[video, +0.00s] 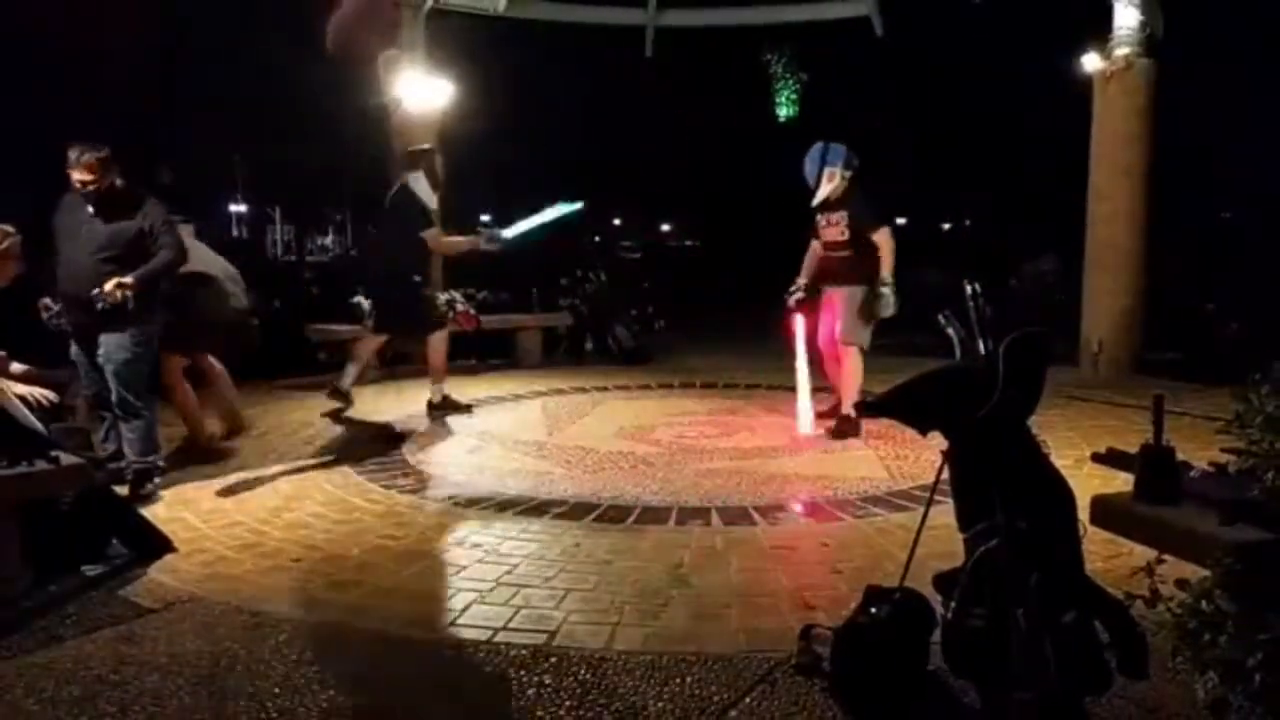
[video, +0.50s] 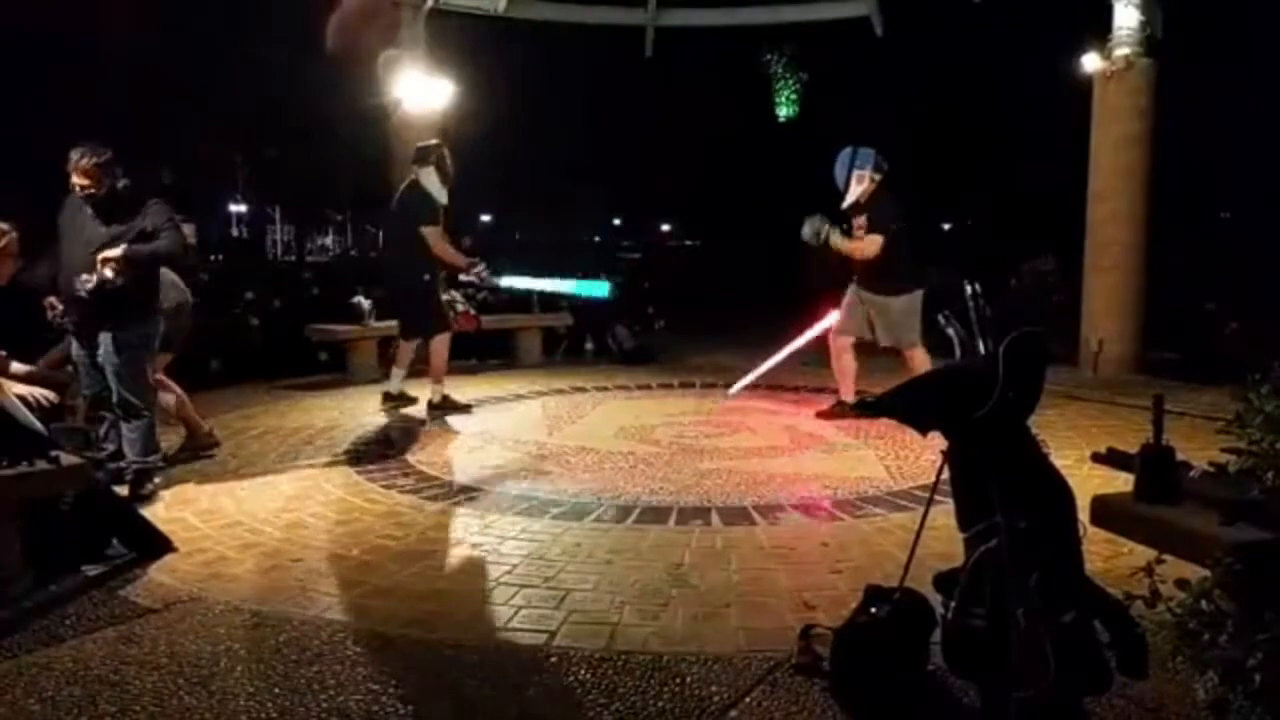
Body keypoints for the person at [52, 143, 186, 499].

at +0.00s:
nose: (82, 190)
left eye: (89, 183)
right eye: (77, 183)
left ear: (109, 176)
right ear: (70, 178)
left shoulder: (142, 208)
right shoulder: (68, 207)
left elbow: (173, 251)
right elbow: (61, 258)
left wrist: (133, 281)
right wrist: (55, 296)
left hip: (126, 323)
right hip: (80, 323)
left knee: (130, 403)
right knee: (100, 402)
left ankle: (142, 472)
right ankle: (111, 466)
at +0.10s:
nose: (85, 191)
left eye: (92, 183)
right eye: (79, 184)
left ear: (111, 174)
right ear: (71, 178)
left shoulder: (143, 207)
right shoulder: (69, 207)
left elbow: (173, 252)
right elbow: (62, 259)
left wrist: (132, 281)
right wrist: (56, 296)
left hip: (127, 322)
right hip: (81, 322)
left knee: (130, 402)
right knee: (99, 401)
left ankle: (142, 472)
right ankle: (110, 465)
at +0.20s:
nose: (87, 189)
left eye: (94, 181)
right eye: (81, 182)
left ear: (112, 174)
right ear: (72, 177)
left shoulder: (142, 206)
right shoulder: (69, 208)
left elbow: (176, 252)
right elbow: (61, 257)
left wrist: (132, 273)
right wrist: (53, 294)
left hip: (127, 322)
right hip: (82, 322)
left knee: (130, 402)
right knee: (98, 401)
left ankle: (142, 473)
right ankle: (109, 465)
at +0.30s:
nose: (85, 191)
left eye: (92, 184)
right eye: (79, 183)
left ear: (111, 176)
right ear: (70, 177)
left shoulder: (140, 205)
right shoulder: (69, 208)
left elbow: (175, 248)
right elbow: (61, 256)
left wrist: (130, 264)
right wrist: (53, 293)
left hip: (127, 323)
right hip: (81, 323)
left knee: (130, 402)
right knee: (98, 401)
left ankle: (142, 472)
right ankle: (109, 465)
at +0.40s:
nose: (83, 192)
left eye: (91, 185)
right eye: (77, 185)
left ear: (112, 179)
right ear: (71, 180)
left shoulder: (143, 208)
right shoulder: (70, 209)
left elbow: (175, 246)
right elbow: (62, 255)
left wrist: (127, 258)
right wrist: (54, 292)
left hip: (127, 322)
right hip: (82, 322)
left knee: (130, 402)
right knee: (97, 400)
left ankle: (142, 470)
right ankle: (110, 463)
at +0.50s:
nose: (82, 193)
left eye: (90, 186)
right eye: (77, 186)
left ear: (112, 179)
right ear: (71, 180)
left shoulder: (143, 207)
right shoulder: (71, 209)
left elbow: (175, 245)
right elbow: (63, 256)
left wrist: (125, 252)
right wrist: (53, 290)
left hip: (128, 320)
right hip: (82, 319)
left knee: (130, 399)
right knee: (96, 398)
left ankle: (141, 470)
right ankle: (108, 461)